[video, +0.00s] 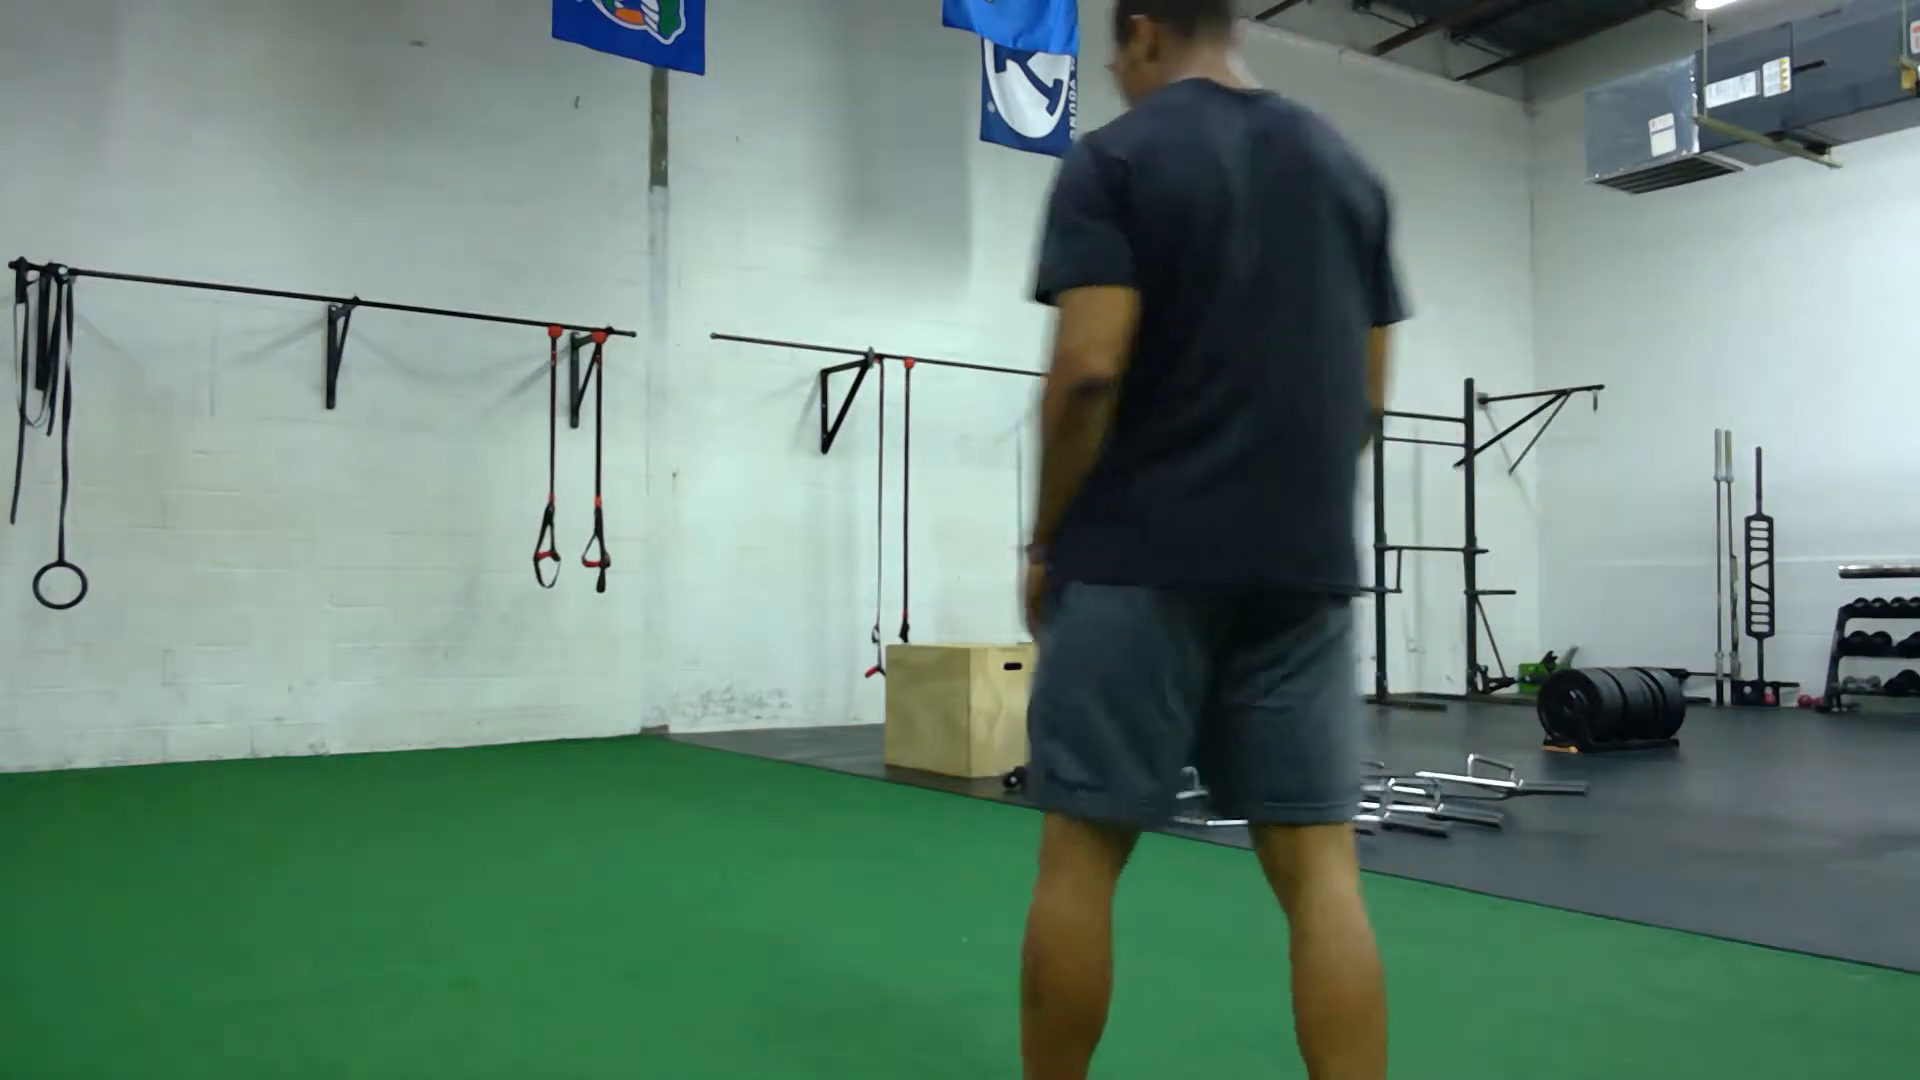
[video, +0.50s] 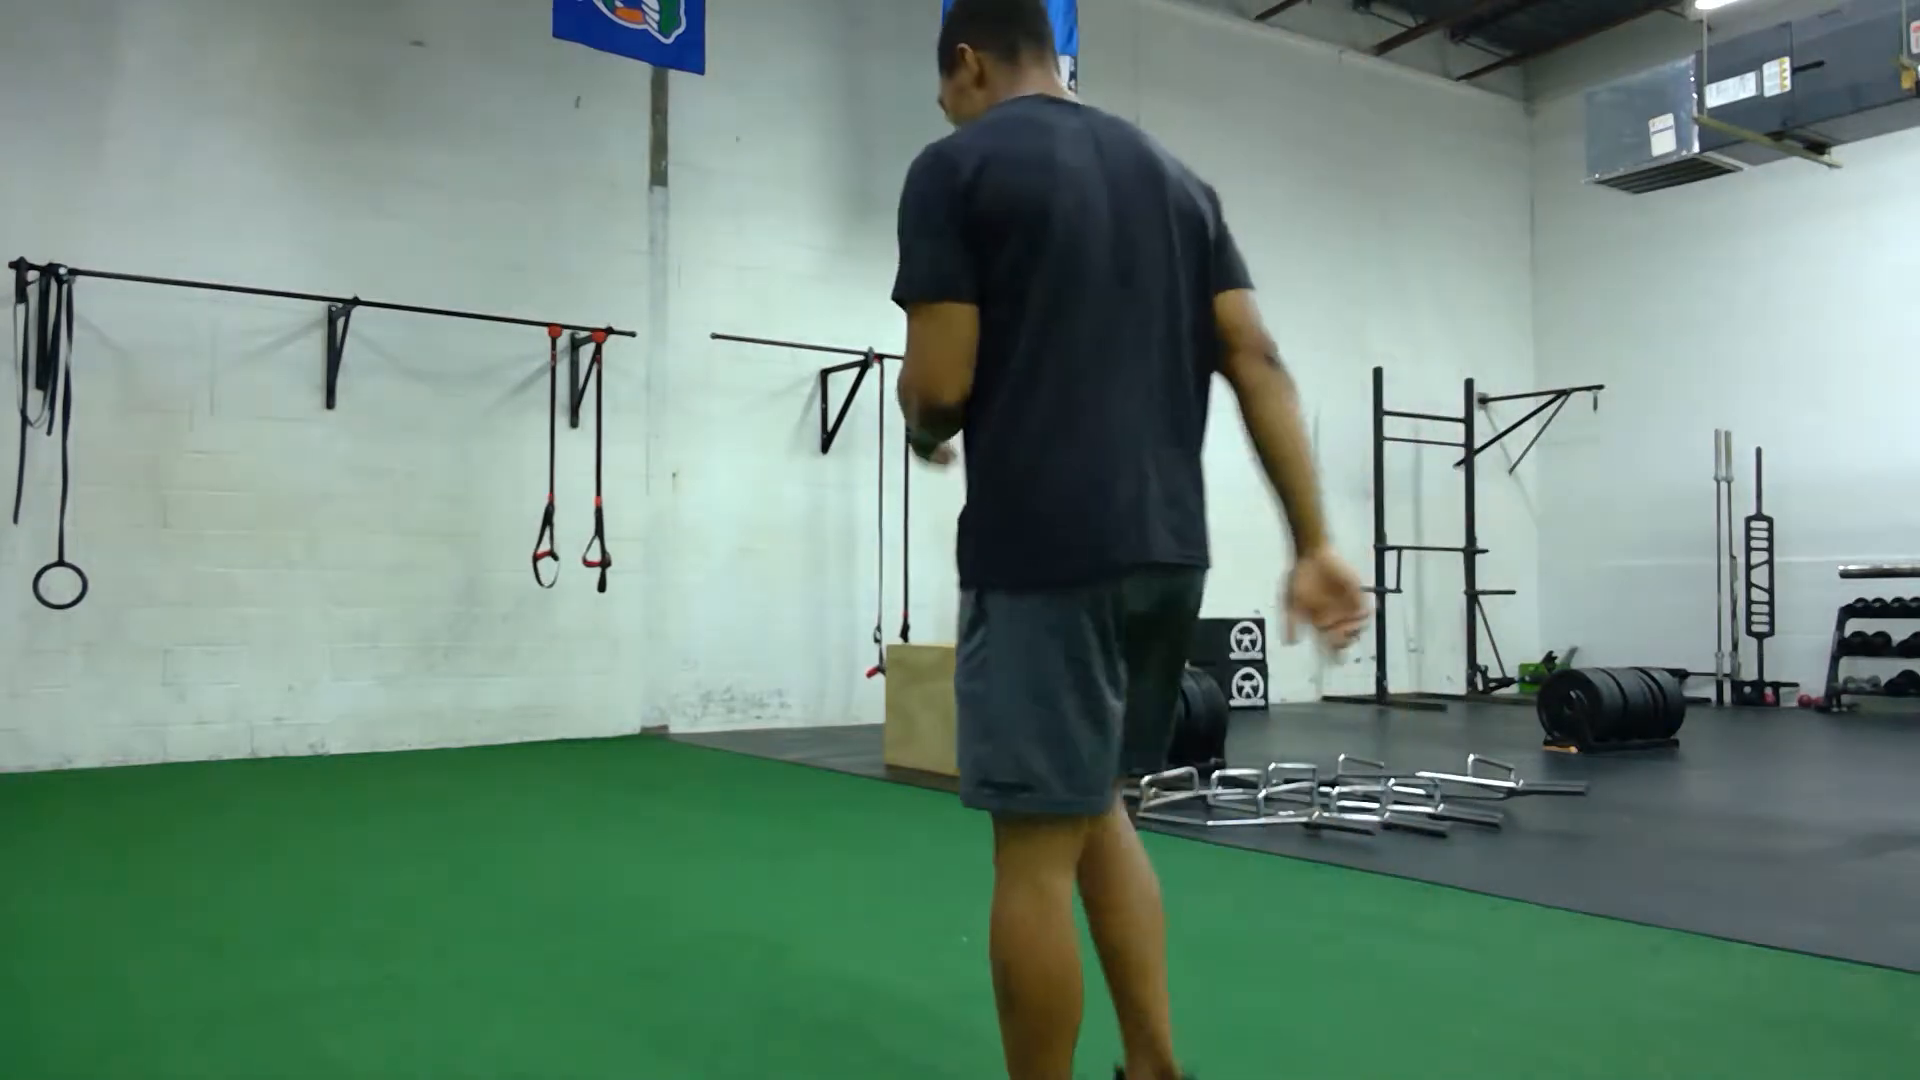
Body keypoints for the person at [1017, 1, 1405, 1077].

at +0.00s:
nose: (1112, 76)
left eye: (1113, 52)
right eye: (1113, 53)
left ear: (1144, 33)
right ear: (1236, 36)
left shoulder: (1119, 157)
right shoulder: (1348, 172)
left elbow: (1087, 369)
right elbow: (1365, 396)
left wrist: (1049, 539)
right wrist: (1274, 496)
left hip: (1140, 560)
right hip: (1307, 563)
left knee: (1080, 860)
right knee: (1322, 871)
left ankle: (1050, 1072)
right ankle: (1356, 1073)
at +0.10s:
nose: (1057, 82)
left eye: (1060, 58)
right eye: (1060, 60)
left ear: (1089, 43)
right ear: (1178, 42)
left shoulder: (1060, 163)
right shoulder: (1290, 174)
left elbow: (1011, 384)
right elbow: (1315, 405)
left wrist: (992, 522)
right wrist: (1245, 518)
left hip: (1092, 554)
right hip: (1253, 554)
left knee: (1059, 855)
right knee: (1283, 839)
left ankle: (1043, 1070)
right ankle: (1351, 1070)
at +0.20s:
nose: (1010, 84)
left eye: (1012, 62)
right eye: (1011, 64)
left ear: (1038, 50)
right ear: (1122, 45)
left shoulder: (1011, 168)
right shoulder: (1241, 172)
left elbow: (963, 396)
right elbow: (1289, 398)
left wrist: (955, 503)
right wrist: (1274, 576)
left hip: (1075, 548)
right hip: (1223, 546)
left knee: (1056, 853)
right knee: (1199, 790)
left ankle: (1046, 1076)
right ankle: (1300, 1030)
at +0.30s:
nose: (979, 104)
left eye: (977, 84)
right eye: (979, 86)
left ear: (999, 61)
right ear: (1084, 57)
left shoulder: (981, 172)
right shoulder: (1212, 171)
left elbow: (935, 402)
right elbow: (1285, 372)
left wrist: (934, 455)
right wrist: (1319, 558)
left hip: (1070, 544)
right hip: (1207, 542)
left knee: (1053, 853)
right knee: (1119, 759)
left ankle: (1045, 1079)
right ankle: (1223, 985)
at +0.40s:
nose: (954, 109)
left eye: (953, 92)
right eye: (954, 94)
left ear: (974, 68)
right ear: (1068, 58)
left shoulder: (963, 174)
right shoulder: (1190, 174)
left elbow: (931, 402)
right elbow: (1276, 353)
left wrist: (930, 411)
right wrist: (1343, 538)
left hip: (1058, 551)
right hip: (1188, 546)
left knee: (1046, 850)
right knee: (1092, 781)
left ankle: (1045, 1079)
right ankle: (1165, 1027)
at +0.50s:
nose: (944, 105)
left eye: (943, 87)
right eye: (944, 89)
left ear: (967, 64)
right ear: (1058, 59)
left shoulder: (956, 166)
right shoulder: (1173, 177)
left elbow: (939, 383)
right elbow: (1254, 356)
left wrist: (925, 417)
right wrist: (1314, 541)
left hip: (1041, 554)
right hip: (1170, 551)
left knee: (1035, 851)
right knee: (1100, 805)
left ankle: (1042, 1071)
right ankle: (1154, 1061)